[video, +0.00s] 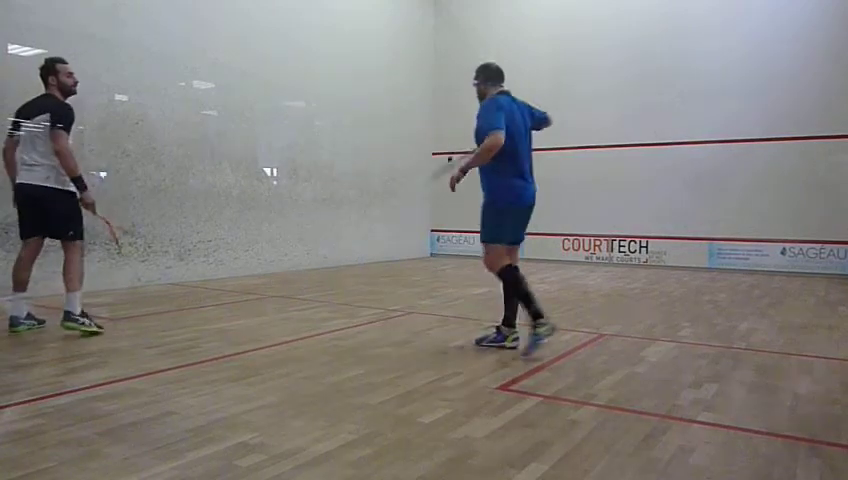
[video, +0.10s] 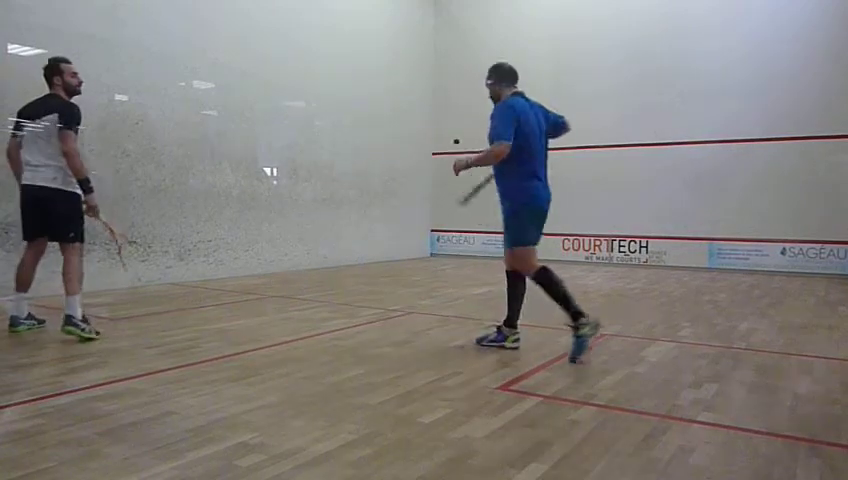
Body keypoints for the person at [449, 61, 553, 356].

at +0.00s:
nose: (474, 90)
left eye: (476, 85)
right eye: (475, 85)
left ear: (483, 84)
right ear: (501, 83)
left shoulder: (491, 106)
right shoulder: (518, 104)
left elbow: (495, 140)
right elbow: (544, 120)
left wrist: (464, 167)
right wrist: (515, 123)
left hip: (502, 194)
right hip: (524, 193)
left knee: (494, 260)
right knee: (509, 259)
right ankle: (508, 328)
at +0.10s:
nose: (488, 91)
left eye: (490, 86)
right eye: (488, 85)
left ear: (498, 84)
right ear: (514, 83)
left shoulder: (505, 109)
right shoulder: (531, 106)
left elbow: (500, 150)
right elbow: (561, 126)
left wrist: (468, 162)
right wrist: (528, 137)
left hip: (522, 199)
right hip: (533, 196)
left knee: (526, 263)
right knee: (514, 263)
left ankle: (581, 321)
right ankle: (509, 329)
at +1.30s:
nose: (536, 102)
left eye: (537, 95)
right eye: (534, 97)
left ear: (552, 89)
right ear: (550, 91)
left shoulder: (583, 107)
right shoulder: (564, 121)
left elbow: (590, 151)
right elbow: (571, 167)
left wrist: (547, 181)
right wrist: (545, 189)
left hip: (606, 204)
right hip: (586, 206)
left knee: (608, 265)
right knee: (585, 264)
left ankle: (621, 342)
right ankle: (602, 334)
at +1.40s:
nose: (531, 102)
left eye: (532, 95)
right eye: (529, 96)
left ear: (548, 90)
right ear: (547, 92)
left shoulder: (577, 110)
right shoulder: (559, 122)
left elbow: (572, 157)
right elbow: (562, 168)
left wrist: (535, 193)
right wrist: (531, 189)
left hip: (605, 204)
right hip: (582, 205)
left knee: (609, 265)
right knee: (567, 259)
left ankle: (622, 343)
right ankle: (591, 330)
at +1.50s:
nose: (526, 103)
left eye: (529, 95)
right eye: (525, 96)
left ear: (544, 92)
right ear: (545, 93)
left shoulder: (567, 113)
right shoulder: (555, 121)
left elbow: (551, 162)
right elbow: (549, 172)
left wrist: (518, 193)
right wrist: (514, 179)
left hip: (603, 202)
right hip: (580, 203)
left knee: (607, 265)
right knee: (560, 258)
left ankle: (621, 343)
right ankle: (570, 330)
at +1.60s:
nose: (516, 103)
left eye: (519, 97)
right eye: (516, 98)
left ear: (534, 95)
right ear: (536, 96)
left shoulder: (557, 114)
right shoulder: (546, 125)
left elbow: (521, 155)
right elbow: (526, 172)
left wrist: (483, 175)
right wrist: (496, 152)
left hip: (594, 202)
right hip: (571, 204)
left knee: (602, 265)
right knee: (549, 256)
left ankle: (621, 343)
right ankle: (532, 324)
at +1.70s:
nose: (506, 109)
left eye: (508, 102)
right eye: (505, 103)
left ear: (521, 99)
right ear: (525, 100)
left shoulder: (543, 116)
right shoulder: (527, 131)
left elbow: (505, 142)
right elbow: (502, 163)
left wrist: (470, 150)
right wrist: (493, 127)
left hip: (579, 203)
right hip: (556, 208)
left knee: (591, 267)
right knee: (536, 258)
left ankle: (618, 341)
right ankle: (510, 316)